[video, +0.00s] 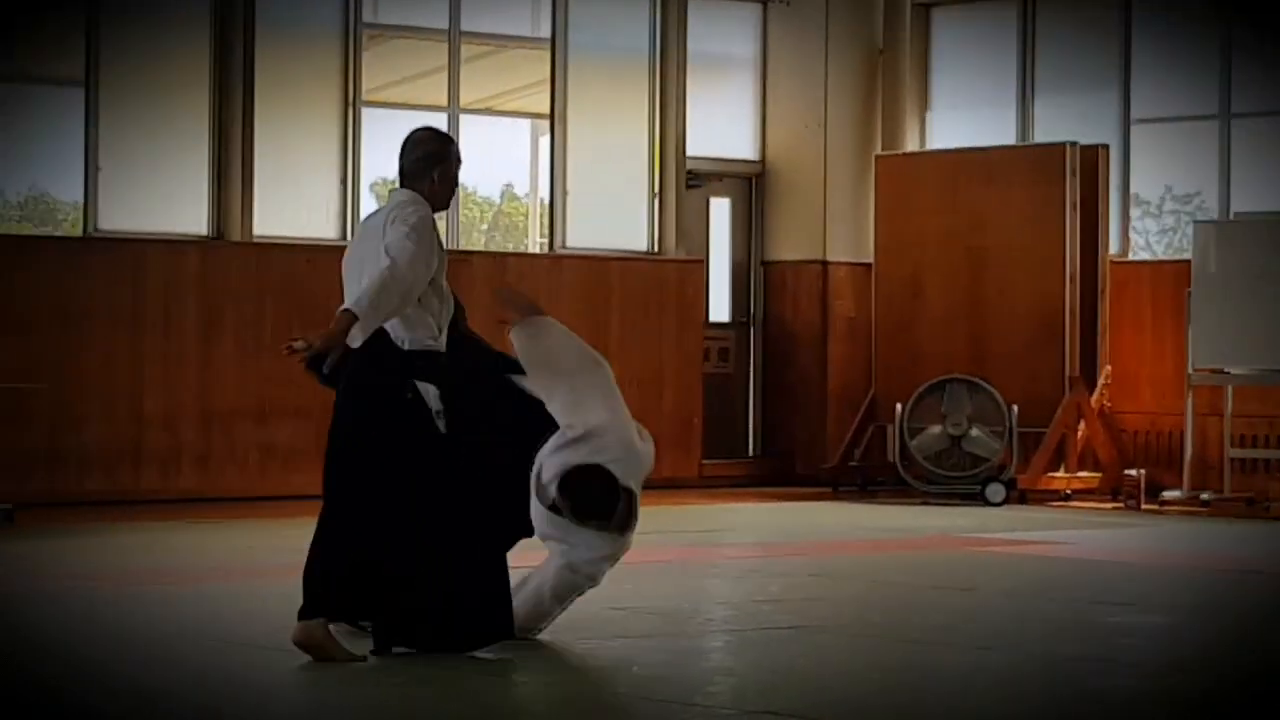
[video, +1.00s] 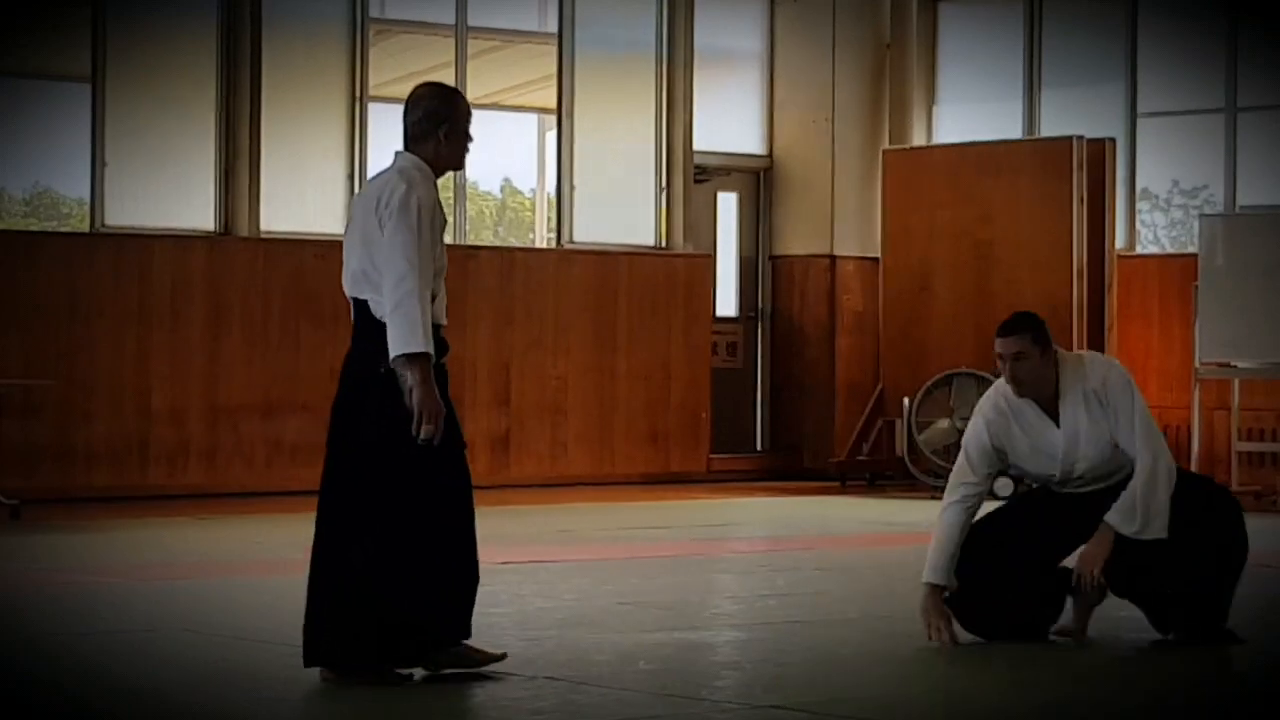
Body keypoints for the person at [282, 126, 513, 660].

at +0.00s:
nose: (458, 182)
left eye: (457, 171)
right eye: (455, 171)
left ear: (406, 171)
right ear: (436, 171)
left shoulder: (372, 223)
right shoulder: (415, 219)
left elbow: (365, 294)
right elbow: (395, 278)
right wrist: (339, 331)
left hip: (365, 375)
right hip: (403, 379)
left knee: (351, 495)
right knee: (412, 498)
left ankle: (316, 615)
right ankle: (406, 624)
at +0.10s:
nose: (454, 187)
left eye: (454, 175)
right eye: (451, 174)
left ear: (403, 171)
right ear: (429, 172)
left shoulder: (360, 223)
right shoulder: (409, 220)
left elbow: (366, 309)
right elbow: (385, 286)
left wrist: (426, 356)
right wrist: (341, 348)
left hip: (345, 383)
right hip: (383, 387)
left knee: (335, 505)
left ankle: (325, 631)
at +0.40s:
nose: (432, 154)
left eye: (432, 143)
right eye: (428, 142)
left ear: (379, 140)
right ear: (406, 142)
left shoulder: (337, 195)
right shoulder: (385, 194)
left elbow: (327, 282)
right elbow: (378, 276)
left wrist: (356, 344)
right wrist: (390, 357)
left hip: (334, 355)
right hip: (373, 358)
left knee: (332, 490)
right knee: (406, 490)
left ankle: (323, 627)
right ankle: (388, 626)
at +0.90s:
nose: (460, 142)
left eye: (459, 130)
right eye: (454, 129)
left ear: (411, 131)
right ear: (426, 131)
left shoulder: (378, 187)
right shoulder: (400, 191)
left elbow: (365, 284)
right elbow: (392, 283)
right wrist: (406, 372)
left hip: (367, 364)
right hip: (391, 366)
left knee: (369, 502)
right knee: (400, 504)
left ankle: (361, 643)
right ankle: (375, 646)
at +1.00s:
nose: (469, 143)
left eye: (468, 132)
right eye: (464, 131)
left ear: (420, 130)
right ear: (438, 132)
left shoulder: (389, 186)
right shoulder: (407, 189)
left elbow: (385, 283)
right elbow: (403, 285)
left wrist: (413, 362)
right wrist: (417, 373)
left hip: (386, 357)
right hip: (397, 361)